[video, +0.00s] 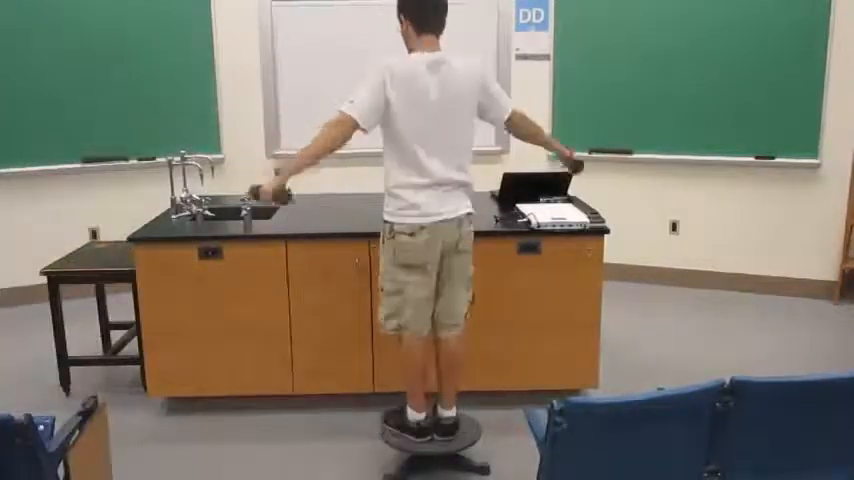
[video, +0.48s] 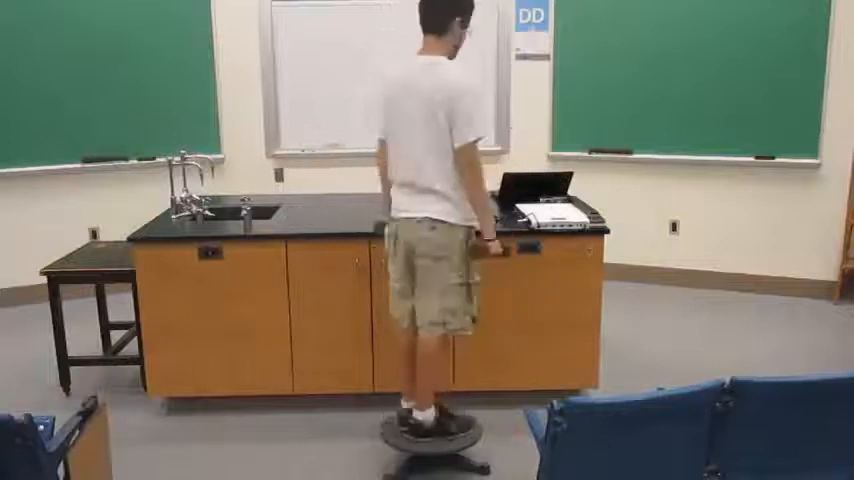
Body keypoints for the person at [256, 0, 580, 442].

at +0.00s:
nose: (400, 30)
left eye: (401, 22)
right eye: (406, 21)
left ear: (405, 23)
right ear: (443, 25)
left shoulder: (391, 74)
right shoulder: (470, 73)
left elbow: (342, 128)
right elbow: (515, 121)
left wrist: (286, 173)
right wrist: (557, 146)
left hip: (410, 222)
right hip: (458, 218)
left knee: (414, 327)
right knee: (451, 325)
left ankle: (417, 419)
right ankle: (447, 417)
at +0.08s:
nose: (401, 29)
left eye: (401, 22)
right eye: (406, 21)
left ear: (405, 23)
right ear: (443, 24)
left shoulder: (390, 74)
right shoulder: (470, 73)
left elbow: (342, 128)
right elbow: (515, 121)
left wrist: (285, 173)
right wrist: (557, 146)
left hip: (410, 222)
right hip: (458, 218)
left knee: (414, 327)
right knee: (451, 325)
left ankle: (417, 419)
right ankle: (447, 417)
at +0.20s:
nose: (417, 27)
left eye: (415, 20)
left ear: (412, 24)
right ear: (452, 28)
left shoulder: (388, 81)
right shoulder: (472, 83)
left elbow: (353, 147)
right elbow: (504, 153)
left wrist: (340, 180)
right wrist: (531, 193)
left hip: (401, 222)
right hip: (454, 222)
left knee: (403, 322)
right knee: (443, 324)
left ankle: (409, 412)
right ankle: (438, 415)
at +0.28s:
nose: (417, 27)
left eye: (415, 20)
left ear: (412, 24)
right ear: (452, 28)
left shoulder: (388, 81)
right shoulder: (472, 83)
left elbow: (353, 147)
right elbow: (504, 153)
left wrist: (340, 180)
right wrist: (530, 192)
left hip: (402, 222)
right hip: (454, 222)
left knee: (403, 323)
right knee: (443, 324)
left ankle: (409, 413)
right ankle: (438, 415)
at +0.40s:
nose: (465, 37)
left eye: (465, 29)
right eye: (466, 29)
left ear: (423, 24)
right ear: (458, 26)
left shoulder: (395, 79)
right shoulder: (456, 81)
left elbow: (384, 160)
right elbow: (468, 165)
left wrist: (395, 208)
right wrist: (487, 226)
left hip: (400, 221)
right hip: (441, 225)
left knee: (410, 322)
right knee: (433, 326)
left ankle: (410, 406)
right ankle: (425, 415)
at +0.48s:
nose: (465, 37)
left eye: (465, 29)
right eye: (466, 29)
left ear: (423, 24)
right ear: (458, 26)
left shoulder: (396, 79)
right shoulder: (456, 81)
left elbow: (384, 159)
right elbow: (468, 164)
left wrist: (395, 207)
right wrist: (487, 226)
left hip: (400, 220)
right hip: (441, 225)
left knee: (410, 322)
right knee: (433, 326)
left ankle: (410, 406)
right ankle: (425, 415)